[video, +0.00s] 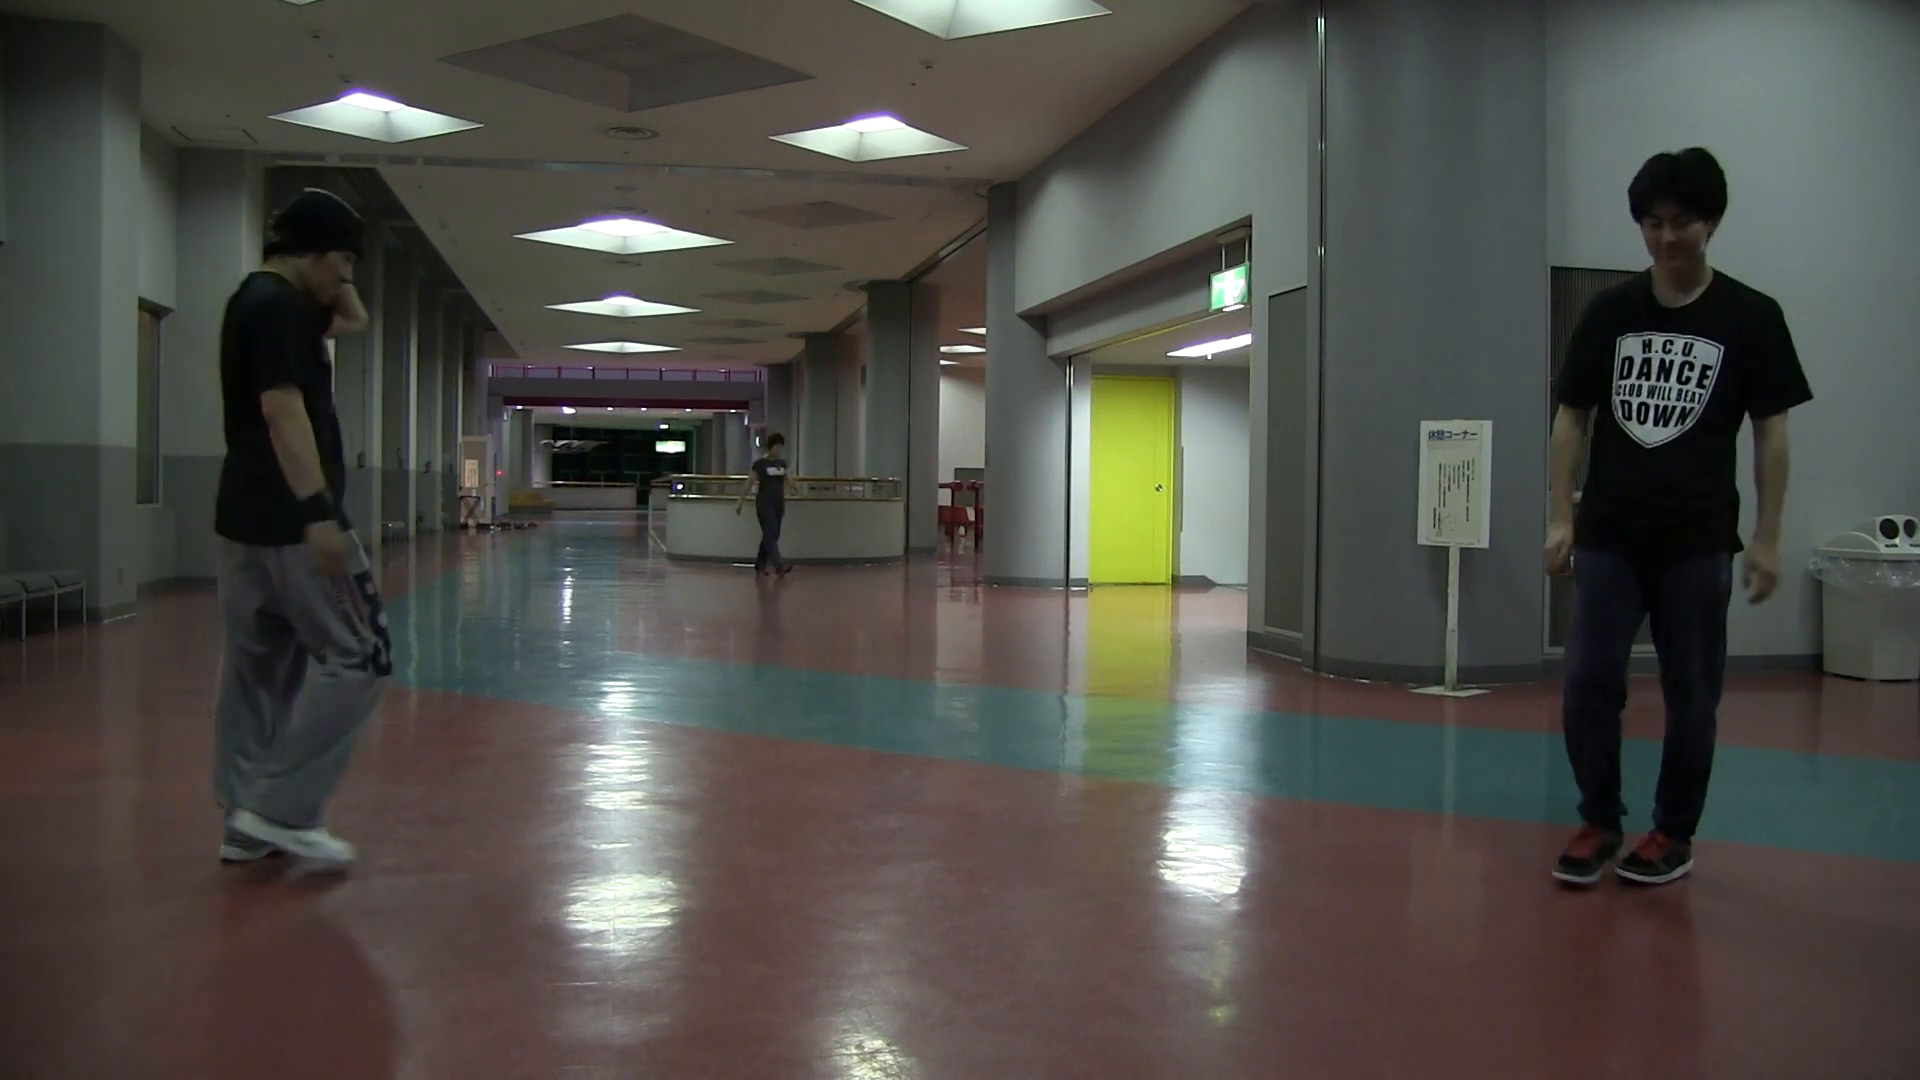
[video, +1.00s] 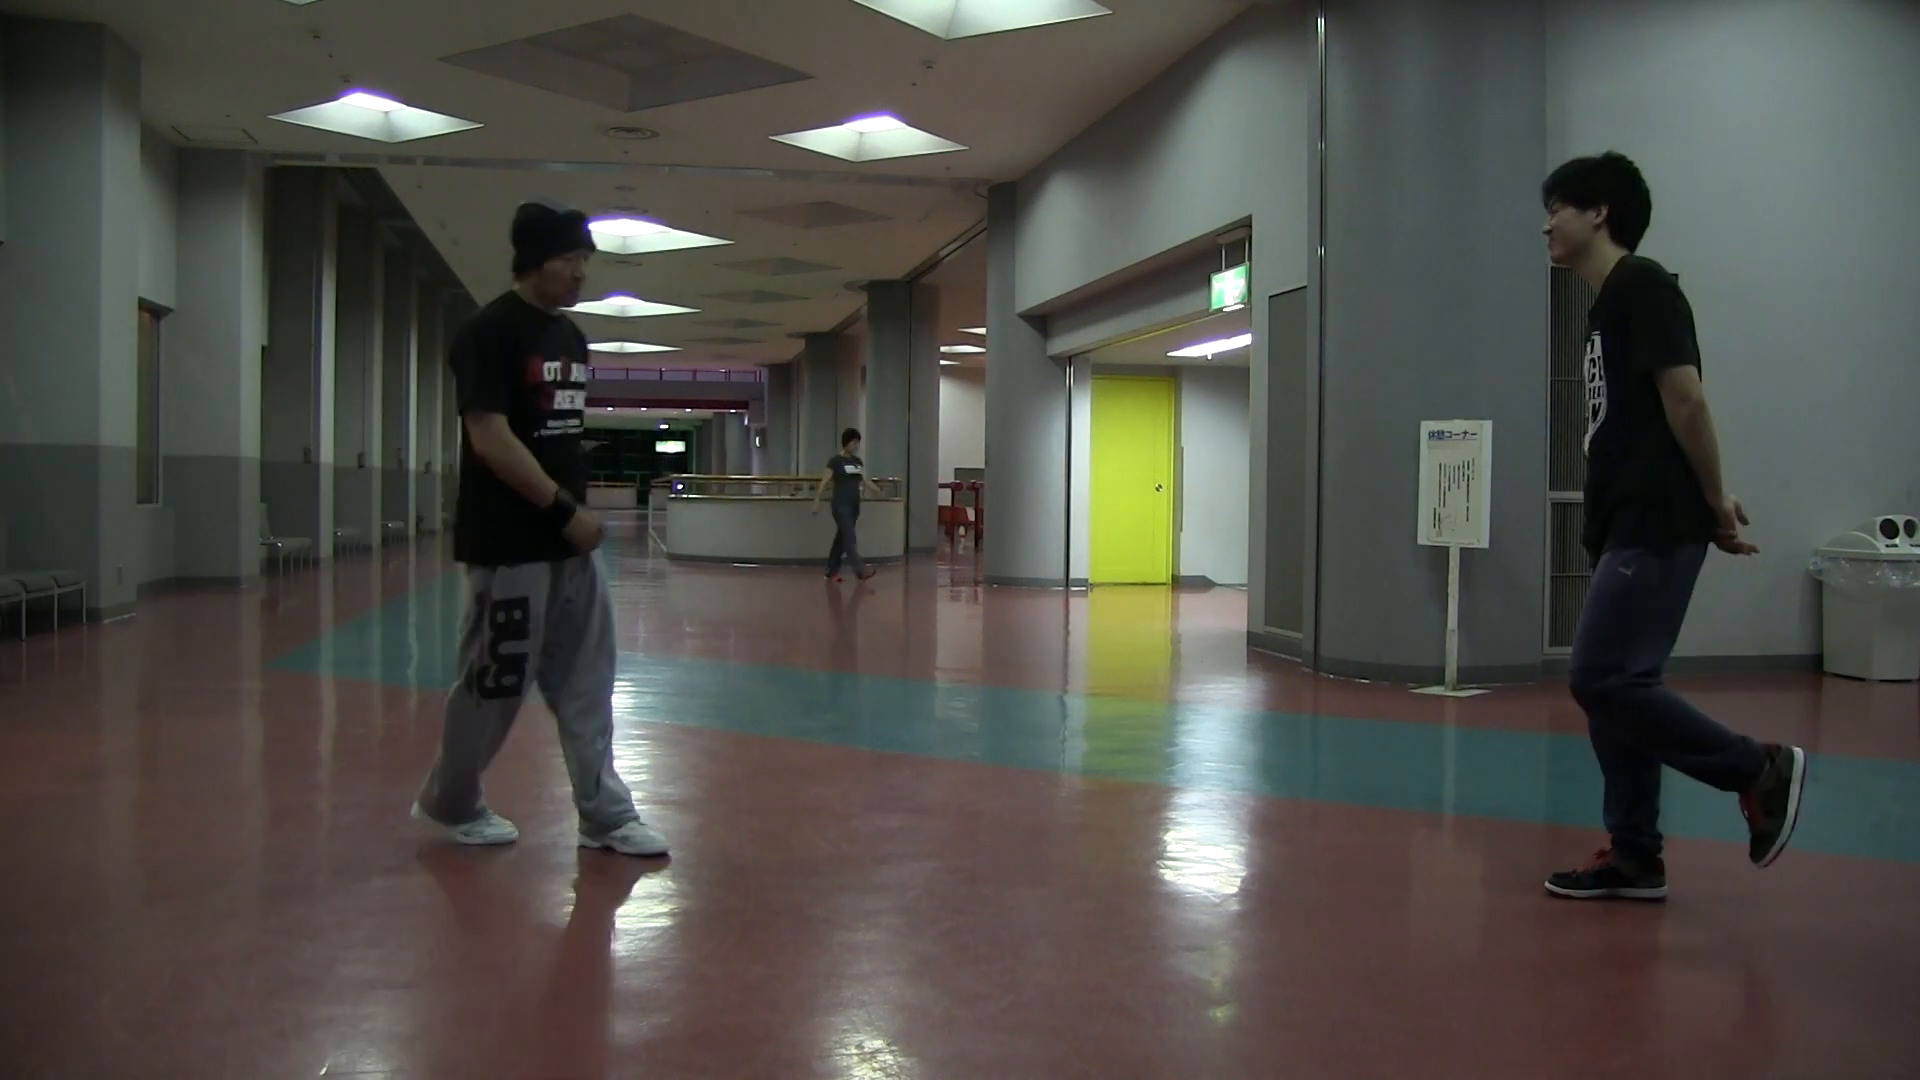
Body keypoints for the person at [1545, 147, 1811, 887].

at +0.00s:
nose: (1670, 237)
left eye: (1685, 222)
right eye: (1656, 223)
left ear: (1711, 223)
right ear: (1640, 226)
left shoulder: (1752, 317)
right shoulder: (1610, 309)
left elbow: (1771, 432)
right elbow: (1572, 415)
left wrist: (1766, 539)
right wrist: (1560, 516)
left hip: (1696, 539)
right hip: (1608, 533)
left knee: (1692, 693)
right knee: (1587, 682)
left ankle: (1672, 835)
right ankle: (1599, 825)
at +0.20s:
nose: (1625, 232)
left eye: (1640, 218)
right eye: (1619, 220)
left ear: (1687, 222)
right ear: (1614, 226)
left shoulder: (1742, 312)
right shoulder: (1599, 315)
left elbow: (1780, 418)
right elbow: (1579, 420)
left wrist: (1790, 511)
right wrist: (1590, 503)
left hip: (1696, 540)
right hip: (1609, 536)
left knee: (1692, 696)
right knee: (1602, 694)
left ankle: (1673, 840)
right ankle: (1610, 848)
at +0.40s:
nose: (1587, 226)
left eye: (1601, 212)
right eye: (1583, 213)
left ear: (1649, 217)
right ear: (1588, 225)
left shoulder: (1719, 305)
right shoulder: (1584, 321)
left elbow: (1752, 416)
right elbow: (1593, 421)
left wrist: (1710, 487)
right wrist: (1650, 471)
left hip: (1692, 534)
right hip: (1609, 535)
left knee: (1691, 696)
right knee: (1609, 697)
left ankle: (1677, 839)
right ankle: (1633, 852)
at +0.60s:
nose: (1551, 223)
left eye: (1564, 207)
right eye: (1550, 211)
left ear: (1612, 214)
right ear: (1580, 223)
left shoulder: (1681, 297)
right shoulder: (1570, 329)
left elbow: (1735, 412)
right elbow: (1584, 430)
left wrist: (1727, 498)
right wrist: (1639, 485)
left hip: (1687, 529)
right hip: (1608, 532)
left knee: (1672, 691)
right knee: (1608, 694)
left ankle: (1677, 827)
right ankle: (1636, 856)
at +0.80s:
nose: (1538, 226)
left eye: (1549, 210)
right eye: (1538, 214)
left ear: (1596, 214)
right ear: (1577, 222)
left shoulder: (1656, 291)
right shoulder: (1576, 328)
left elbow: (1707, 408)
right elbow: (1606, 431)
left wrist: (1723, 508)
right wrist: (1698, 512)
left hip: (1668, 526)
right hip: (1609, 531)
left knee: (1626, 682)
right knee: (1604, 696)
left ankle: (1716, 792)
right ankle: (1634, 857)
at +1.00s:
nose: (1546, 227)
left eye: (1555, 212)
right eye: (1546, 214)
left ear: (1599, 214)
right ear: (1588, 219)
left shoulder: (1645, 287)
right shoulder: (1613, 302)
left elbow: (1685, 399)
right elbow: (1651, 413)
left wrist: (1716, 499)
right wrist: (1710, 505)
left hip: (1658, 523)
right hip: (1631, 524)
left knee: (1599, 677)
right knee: (1617, 685)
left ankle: (1757, 771)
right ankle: (1633, 857)